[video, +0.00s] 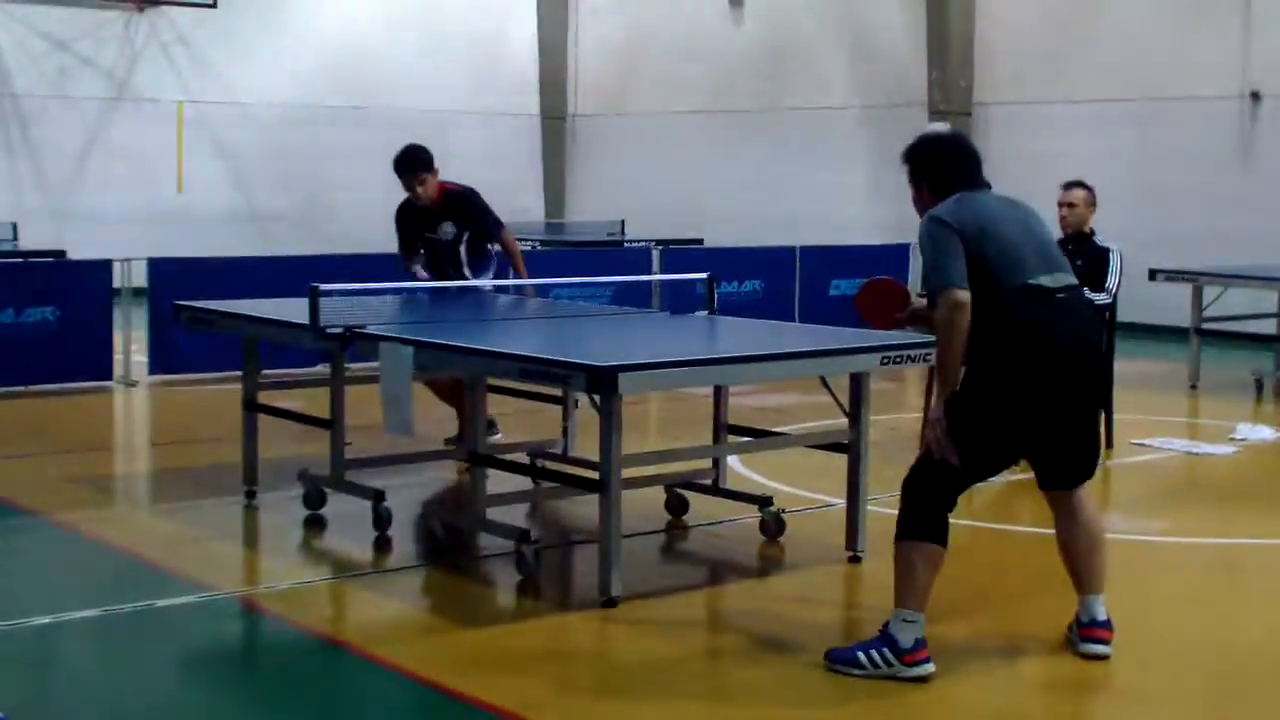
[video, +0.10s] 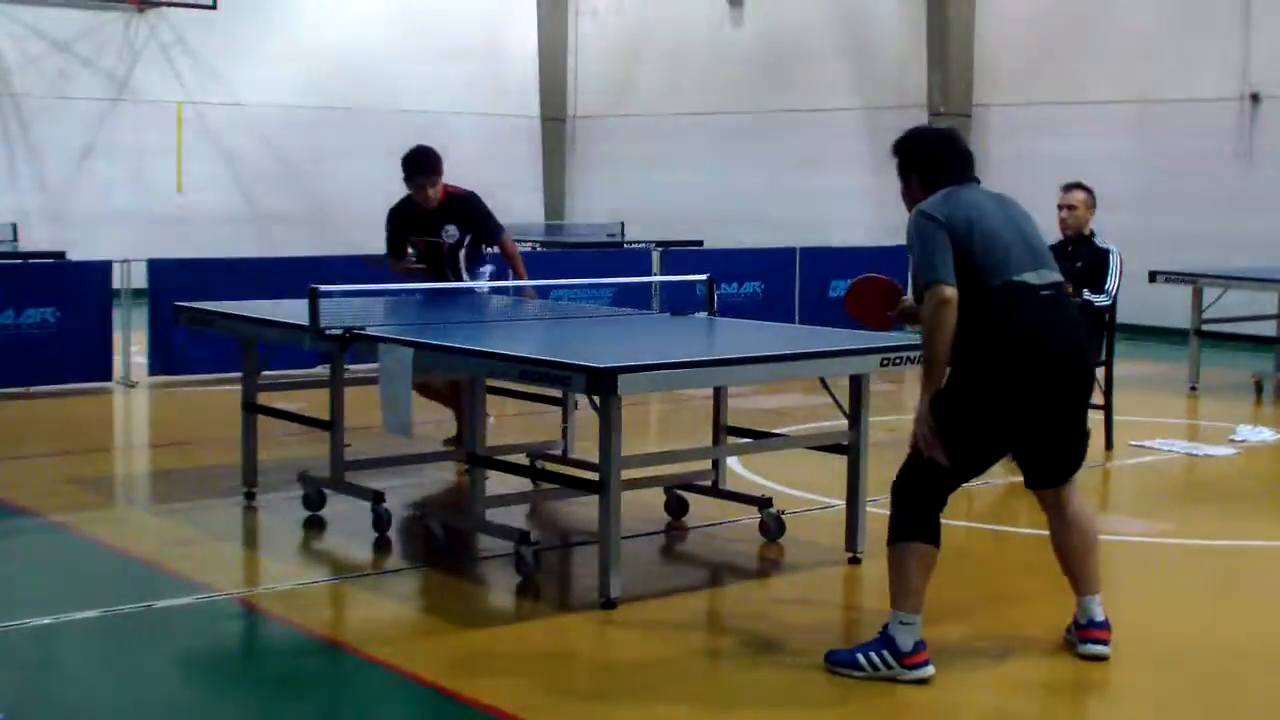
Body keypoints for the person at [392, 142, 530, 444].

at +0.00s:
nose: (418, 192)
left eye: (422, 183)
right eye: (410, 187)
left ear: (435, 174)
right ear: (402, 184)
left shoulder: (464, 199)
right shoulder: (406, 213)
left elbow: (505, 237)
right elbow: (408, 260)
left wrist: (525, 284)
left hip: (477, 297)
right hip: (439, 300)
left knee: (468, 364)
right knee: (426, 367)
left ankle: (471, 434)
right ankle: (479, 420)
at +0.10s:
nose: (427, 195)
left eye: (432, 186)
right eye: (419, 188)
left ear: (442, 178)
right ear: (407, 184)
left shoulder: (466, 203)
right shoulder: (399, 214)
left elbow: (505, 243)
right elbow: (396, 263)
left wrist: (525, 285)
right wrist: (420, 271)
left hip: (468, 302)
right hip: (429, 304)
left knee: (465, 373)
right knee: (419, 376)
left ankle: (471, 461)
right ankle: (470, 413)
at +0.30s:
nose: (425, 182)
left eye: (431, 174)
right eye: (417, 175)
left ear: (438, 171)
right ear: (402, 172)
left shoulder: (453, 202)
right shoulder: (382, 205)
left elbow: (483, 249)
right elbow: (361, 256)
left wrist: (495, 292)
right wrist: (393, 264)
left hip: (447, 303)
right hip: (400, 303)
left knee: (452, 368)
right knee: (370, 354)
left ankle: (464, 439)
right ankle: (383, 422)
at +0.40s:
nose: (411, 179)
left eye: (417, 171)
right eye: (403, 171)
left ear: (425, 169)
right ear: (388, 170)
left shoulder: (437, 200)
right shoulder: (367, 203)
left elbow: (462, 246)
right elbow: (345, 252)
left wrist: (475, 289)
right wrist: (368, 263)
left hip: (431, 299)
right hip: (384, 299)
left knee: (449, 368)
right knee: (350, 360)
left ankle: (464, 439)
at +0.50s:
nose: (400, 179)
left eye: (405, 171)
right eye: (392, 171)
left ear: (411, 170)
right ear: (374, 170)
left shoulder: (421, 202)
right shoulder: (350, 205)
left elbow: (443, 248)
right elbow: (325, 254)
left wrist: (454, 290)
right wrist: (351, 269)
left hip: (415, 301)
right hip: (365, 302)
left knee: (441, 360)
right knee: (334, 361)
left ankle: (463, 436)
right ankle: (318, 433)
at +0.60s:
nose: (388, 176)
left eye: (393, 168)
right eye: (380, 168)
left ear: (398, 167)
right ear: (363, 168)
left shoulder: (409, 200)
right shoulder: (338, 204)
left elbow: (429, 249)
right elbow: (312, 250)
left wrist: (438, 293)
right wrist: (335, 273)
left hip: (404, 300)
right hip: (356, 302)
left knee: (437, 358)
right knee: (331, 359)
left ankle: (461, 433)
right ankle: (318, 430)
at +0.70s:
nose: (380, 175)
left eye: (384, 167)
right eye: (371, 167)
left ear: (389, 166)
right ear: (354, 168)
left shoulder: (401, 200)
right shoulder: (330, 204)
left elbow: (422, 248)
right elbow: (305, 254)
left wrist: (425, 291)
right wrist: (323, 278)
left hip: (398, 299)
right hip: (349, 300)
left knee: (437, 352)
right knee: (323, 359)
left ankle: (446, 428)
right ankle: (316, 431)